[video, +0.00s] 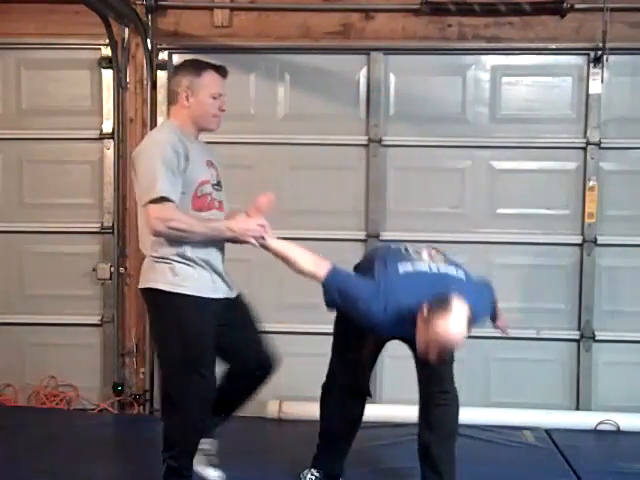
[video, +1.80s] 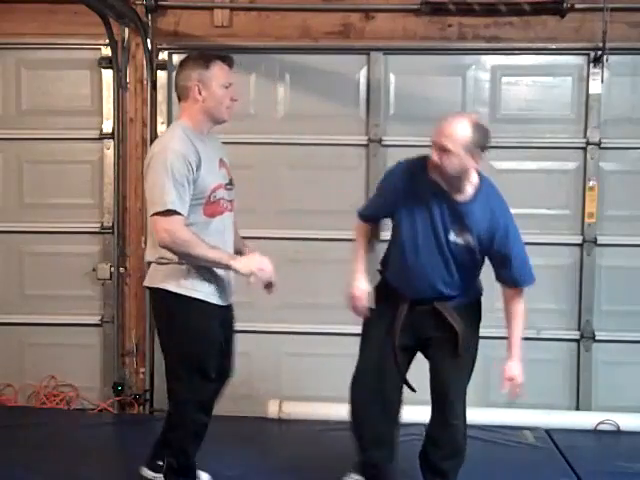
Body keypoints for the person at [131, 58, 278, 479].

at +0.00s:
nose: (223, 106)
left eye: (223, 98)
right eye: (215, 97)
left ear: (189, 98)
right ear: (184, 96)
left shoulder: (199, 150)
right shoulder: (161, 144)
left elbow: (203, 217)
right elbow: (162, 220)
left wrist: (241, 219)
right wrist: (229, 228)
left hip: (210, 283)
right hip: (174, 285)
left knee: (255, 362)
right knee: (191, 385)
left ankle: (199, 435)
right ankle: (178, 469)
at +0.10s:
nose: (232, 108)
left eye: (233, 99)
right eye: (225, 99)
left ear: (201, 100)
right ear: (194, 97)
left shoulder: (201, 148)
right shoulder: (169, 145)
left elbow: (206, 221)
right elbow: (171, 223)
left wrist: (249, 226)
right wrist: (238, 234)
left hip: (223, 281)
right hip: (186, 288)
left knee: (295, 332)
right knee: (198, 404)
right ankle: (180, 475)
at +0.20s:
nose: (244, 111)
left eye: (245, 103)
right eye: (236, 101)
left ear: (209, 101)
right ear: (206, 99)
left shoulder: (213, 152)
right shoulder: (175, 148)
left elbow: (210, 220)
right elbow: (172, 224)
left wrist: (250, 229)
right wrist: (241, 233)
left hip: (239, 284)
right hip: (198, 293)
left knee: (305, 356)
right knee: (205, 401)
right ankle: (182, 474)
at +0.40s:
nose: (268, 120)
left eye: (269, 111)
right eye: (260, 110)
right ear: (230, 109)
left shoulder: (254, 168)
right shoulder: (198, 156)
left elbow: (260, 246)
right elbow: (179, 236)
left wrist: (272, 221)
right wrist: (256, 233)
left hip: (276, 309)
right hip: (226, 310)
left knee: (320, 410)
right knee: (224, 414)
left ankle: (329, 476)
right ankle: (187, 476)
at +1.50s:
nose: (250, 99)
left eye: (250, 90)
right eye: (241, 89)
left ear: (218, 93)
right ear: (209, 91)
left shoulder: (232, 144)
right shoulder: (184, 146)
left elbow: (236, 215)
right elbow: (167, 230)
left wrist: (263, 234)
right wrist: (238, 246)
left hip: (242, 291)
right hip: (199, 293)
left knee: (273, 382)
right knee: (199, 404)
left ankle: (274, 474)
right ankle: (178, 474)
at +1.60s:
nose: (243, 97)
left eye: (243, 88)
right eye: (234, 87)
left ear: (212, 91)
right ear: (204, 90)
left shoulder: (224, 144)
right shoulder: (178, 147)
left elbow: (228, 216)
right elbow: (169, 232)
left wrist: (256, 246)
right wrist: (236, 254)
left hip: (231, 288)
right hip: (191, 290)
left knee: (256, 376)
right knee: (195, 398)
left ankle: (228, 469)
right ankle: (177, 473)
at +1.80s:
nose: (234, 96)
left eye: (233, 87)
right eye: (226, 87)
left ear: (203, 91)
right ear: (197, 90)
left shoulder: (210, 143)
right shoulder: (172, 148)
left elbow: (213, 220)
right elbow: (167, 231)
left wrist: (246, 255)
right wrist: (235, 261)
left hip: (210, 282)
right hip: (180, 284)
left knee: (215, 372)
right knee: (195, 378)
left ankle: (165, 461)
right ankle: (179, 469)